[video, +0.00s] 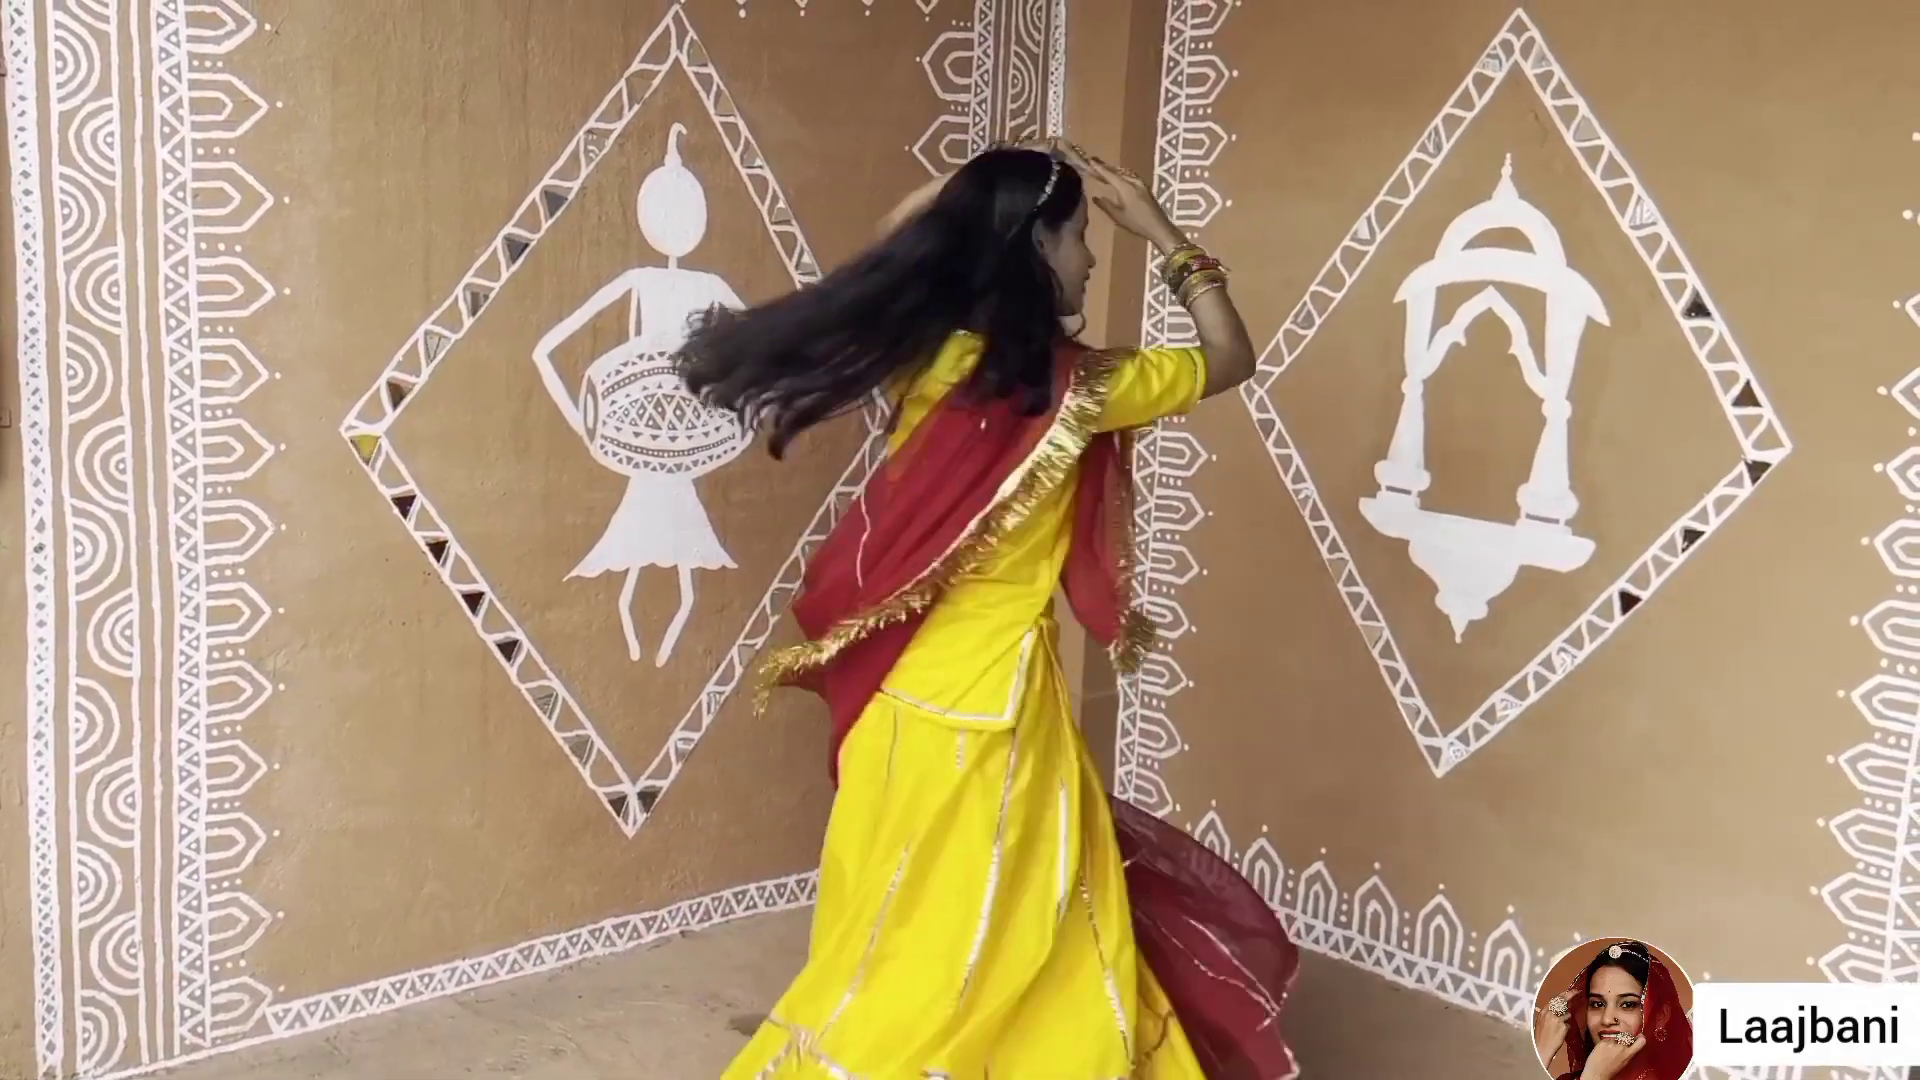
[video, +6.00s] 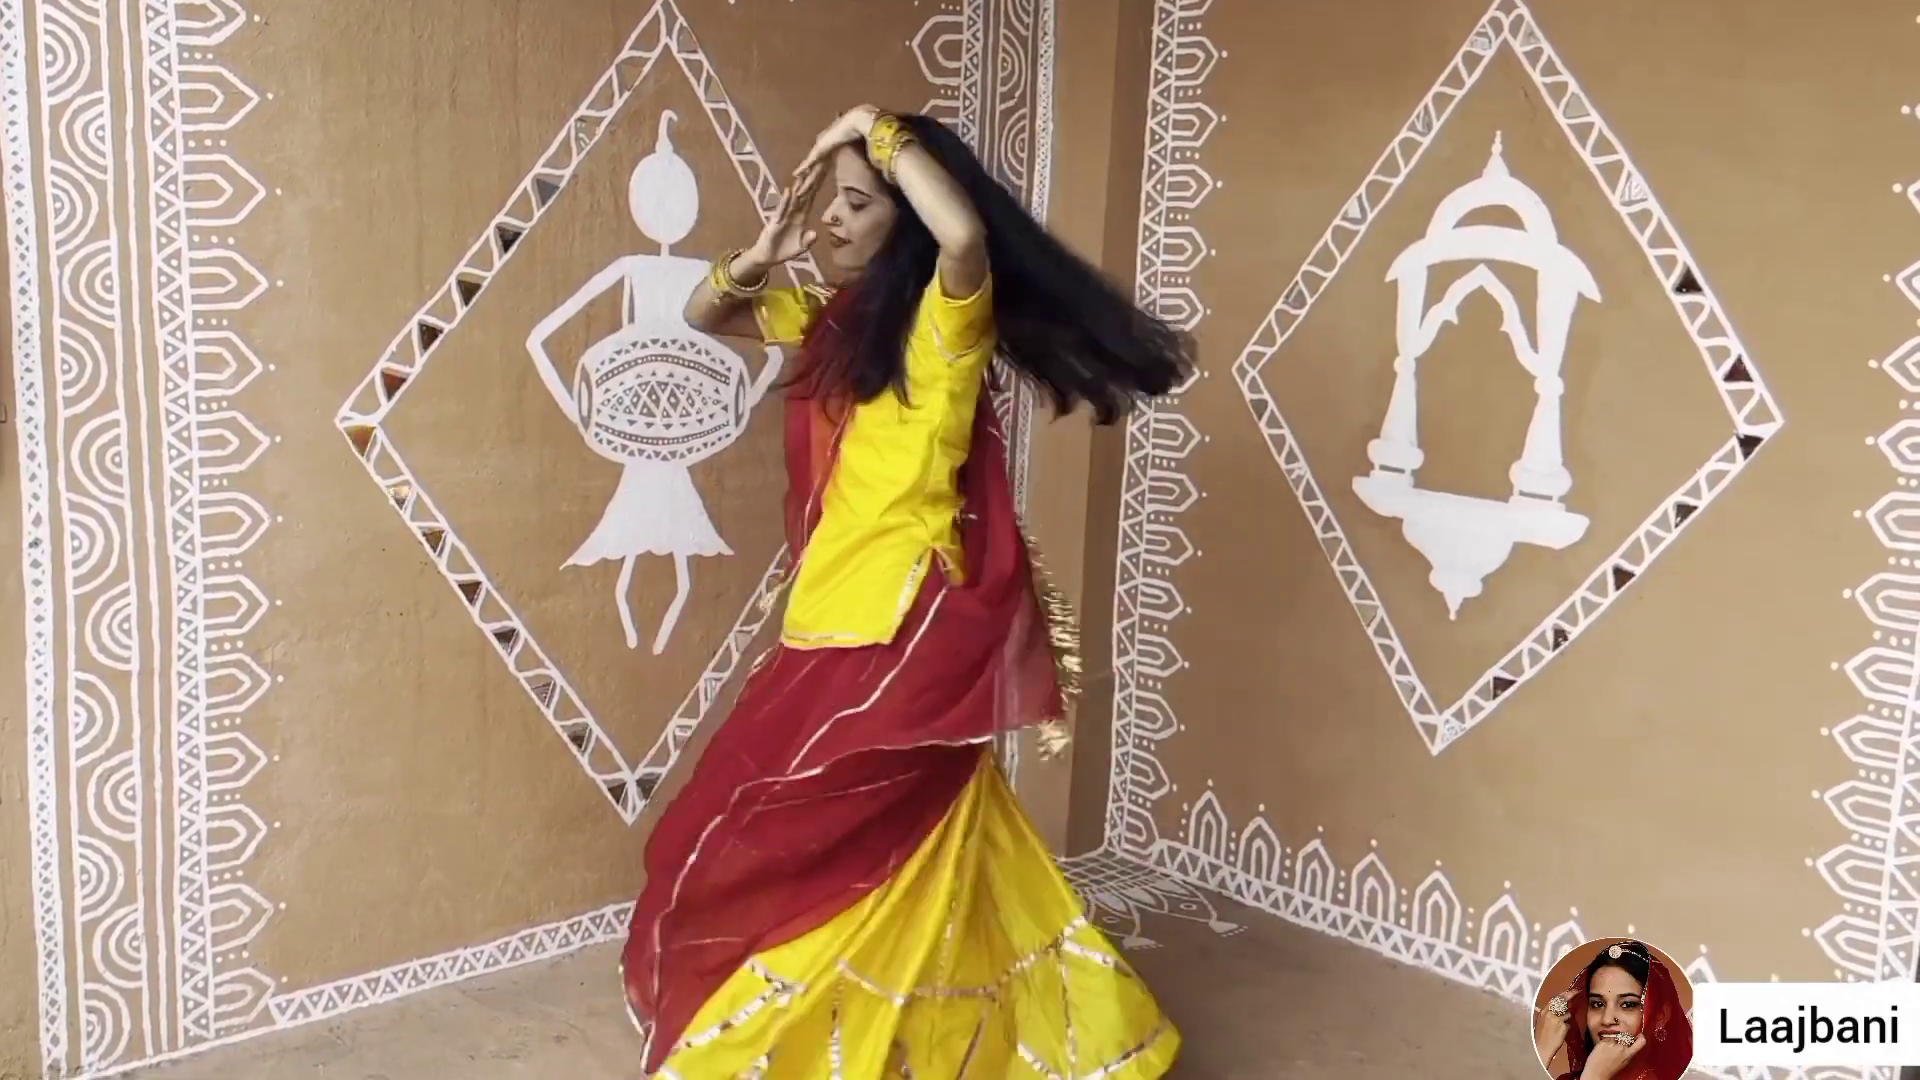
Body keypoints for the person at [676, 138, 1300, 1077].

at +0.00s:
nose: (1093, 252)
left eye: (1088, 231)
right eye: (1079, 233)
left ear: (981, 249)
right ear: (1039, 246)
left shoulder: (920, 353)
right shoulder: (1075, 387)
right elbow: (1228, 358)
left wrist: (957, 186)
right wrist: (1157, 229)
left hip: (897, 688)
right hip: (1003, 702)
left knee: (891, 923)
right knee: (1049, 927)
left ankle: (855, 1056)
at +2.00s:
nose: (931, 262)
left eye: (954, 240)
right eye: (918, 239)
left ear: (1012, 238)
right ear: (904, 240)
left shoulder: (1050, 354)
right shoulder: (876, 327)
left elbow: (1161, 384)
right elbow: (721, 330)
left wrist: (991, 376)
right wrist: (821, 350)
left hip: (994, 696)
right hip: (868, 679)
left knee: (990, 948)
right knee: (859, 933)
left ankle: (1003, 1065)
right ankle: (859, 1065)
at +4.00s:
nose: (946, 223)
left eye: (963, 203)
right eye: (924, 203)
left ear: (978, 212)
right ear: (876, 219)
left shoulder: (984, 290)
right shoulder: (871, 332)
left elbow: (1091, 218)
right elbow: (960, 233)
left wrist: (1127, 137)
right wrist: (1043, 88)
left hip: (1027, 641)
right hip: (950, 653)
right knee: (1070, 881)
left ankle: (799, 974)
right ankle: (1008, 1060)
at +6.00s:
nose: (831, 220)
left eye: (855, 203)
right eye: (825, 199)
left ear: (905, 214)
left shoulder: (938, 325)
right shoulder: (829, 316)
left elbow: (965, 241)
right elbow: (710, 315)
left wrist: (885, 136)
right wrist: (763, 255)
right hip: (828, 630)